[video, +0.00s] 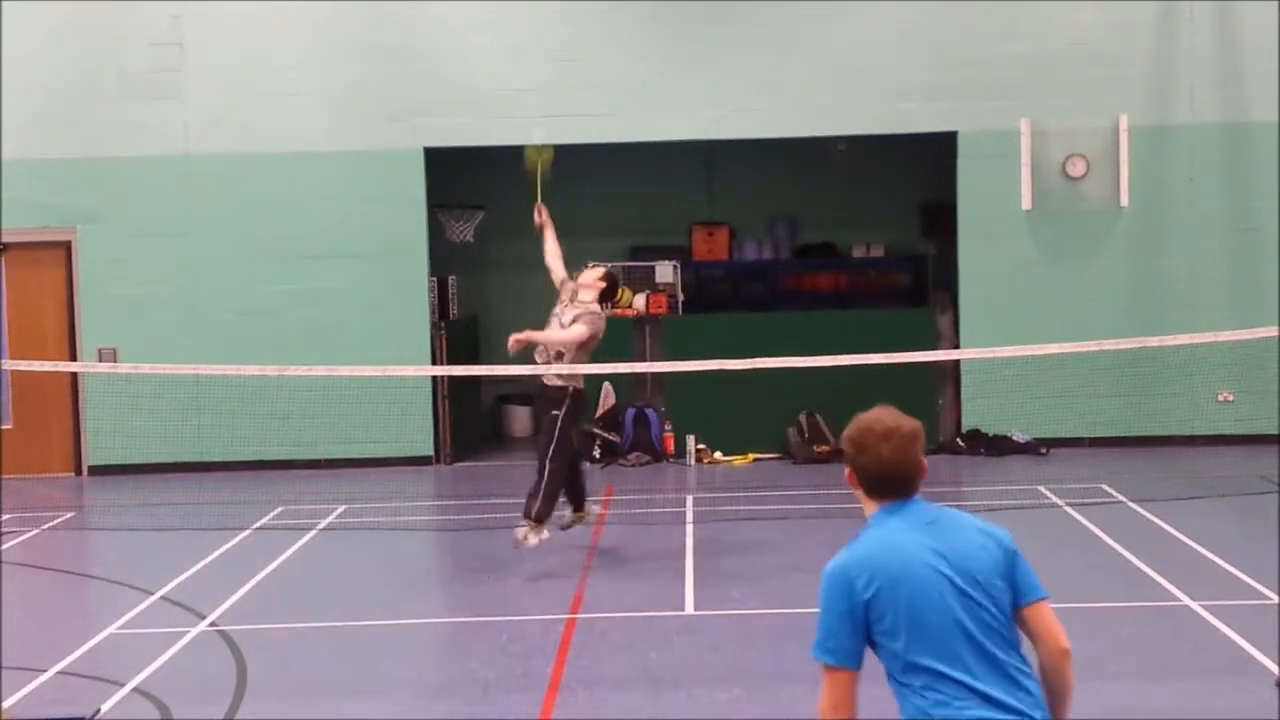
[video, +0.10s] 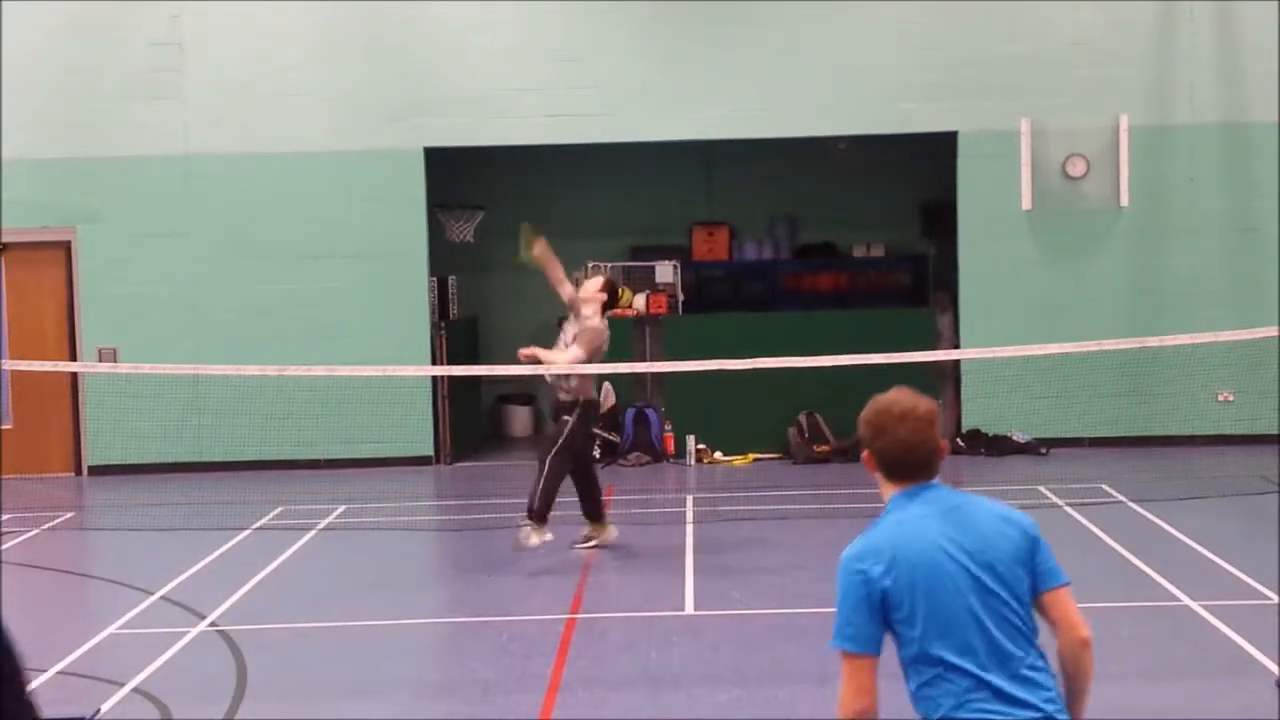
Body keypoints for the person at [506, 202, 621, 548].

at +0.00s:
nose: (587, 267)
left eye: (594, 268)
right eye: (590, 265)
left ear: (601, 283)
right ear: (588, 278)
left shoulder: (594, 317)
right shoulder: (567, 290)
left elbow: (570, 337)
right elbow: (554, 259)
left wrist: (530, 336)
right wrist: (547, 227)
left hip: (567, 392)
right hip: (548, 388)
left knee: (551, 454)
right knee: (564, 451)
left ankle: (536, 522)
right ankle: (580, 507)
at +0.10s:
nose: (584, 283)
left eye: (591, 282)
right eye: (586, 280)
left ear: (602, 297)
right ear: (589, 293)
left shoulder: (596, 329)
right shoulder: (576, 310)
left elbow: (570, 359)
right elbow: (560, 280)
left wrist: (538, 353)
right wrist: (545, 255)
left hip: (581, 406)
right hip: (567, 403)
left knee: (554, 458)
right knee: (581, 464)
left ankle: (535, 522)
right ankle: (599, 524)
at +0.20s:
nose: (585, 297)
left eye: (593, 295)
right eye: (587, 292)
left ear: (605, 307)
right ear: (584, 298)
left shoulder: (602, 344)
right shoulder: (580, 322)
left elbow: (580, 384)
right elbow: (559, 308)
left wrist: (550, 372)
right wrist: (537, 295)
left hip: (594, 417)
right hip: (575, 412)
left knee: (552, 467)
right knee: (586, 472)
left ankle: (553, 536)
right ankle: (603, 529)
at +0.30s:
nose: (589, 297)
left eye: (596, 293)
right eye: (588, 292)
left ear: (609, 304)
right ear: (584, 297)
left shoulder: (610, 341)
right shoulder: (585, 327)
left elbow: (597, 385)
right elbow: (560, 330)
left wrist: (559, 390)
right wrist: (534, 330)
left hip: (599, 415)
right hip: (585, 411)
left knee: (558, 467)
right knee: (587, 467)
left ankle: (586, 525)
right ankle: (605, 528)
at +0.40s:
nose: (593, 295)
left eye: (600, 292)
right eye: (591, 289)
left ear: (611, 300)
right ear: (587, 294)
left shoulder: (613, 335)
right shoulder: (593, 326)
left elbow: (609, 382)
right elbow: (576, 343)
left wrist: (570, 402)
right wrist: (544, 354)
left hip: (605, 410)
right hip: (590, 407)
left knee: (571, 467)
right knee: (592, 466)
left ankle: (613, 513)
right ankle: (605, 526)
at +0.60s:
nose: (601, 296)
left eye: (608, 292)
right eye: (599, 290)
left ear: (621, 298)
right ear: (595, 294)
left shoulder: (624, 333)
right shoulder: (601, 324)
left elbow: (622, 379)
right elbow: (593, 356)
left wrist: (604, 417)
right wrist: (569, 379)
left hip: (617, 405)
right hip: (600, 403)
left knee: (608, 464)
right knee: (602, 463)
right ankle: (605, 527)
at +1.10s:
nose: (612, 299)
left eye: (619, 295)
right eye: (609, 295)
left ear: (630, 301)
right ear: (604, 300)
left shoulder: (644, 335)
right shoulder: (598, 334)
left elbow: (642, 379)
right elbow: (585, 372)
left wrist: (614, 411)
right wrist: (552, 393)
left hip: (642, 415)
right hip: (609, 415)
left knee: (655, 473)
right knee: (608, 477)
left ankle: (665, 519)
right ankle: (605, 540)